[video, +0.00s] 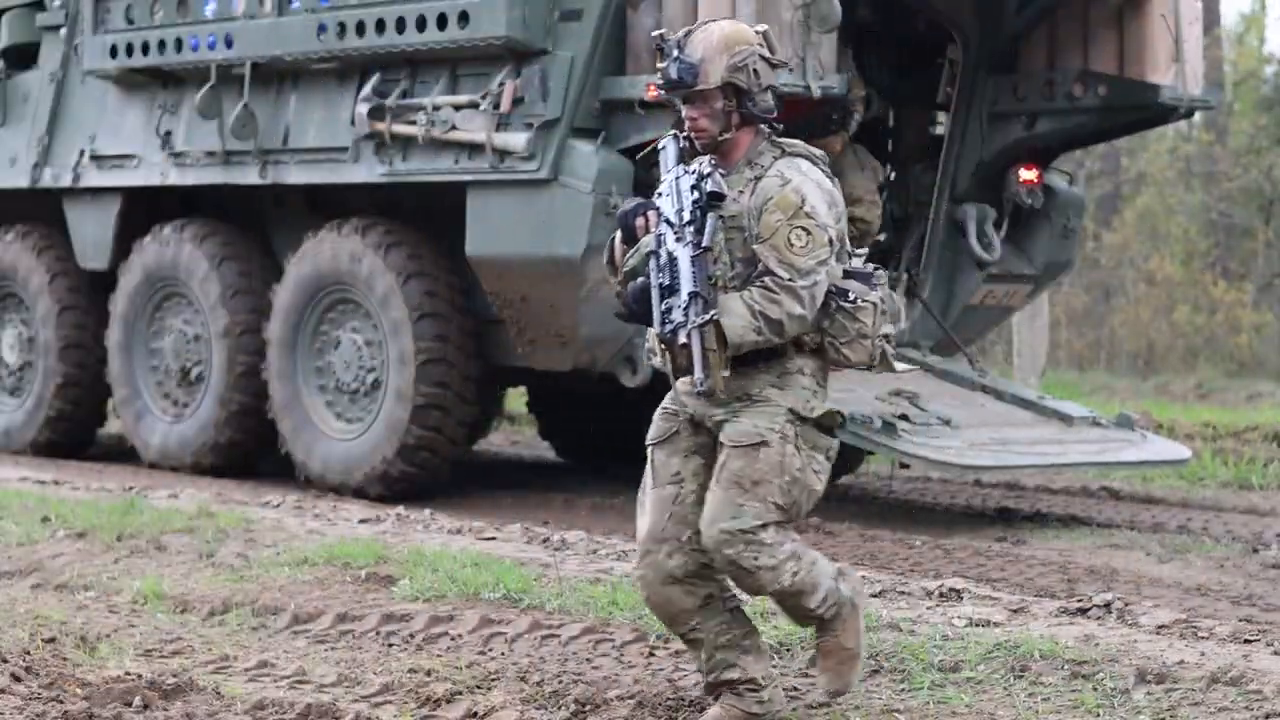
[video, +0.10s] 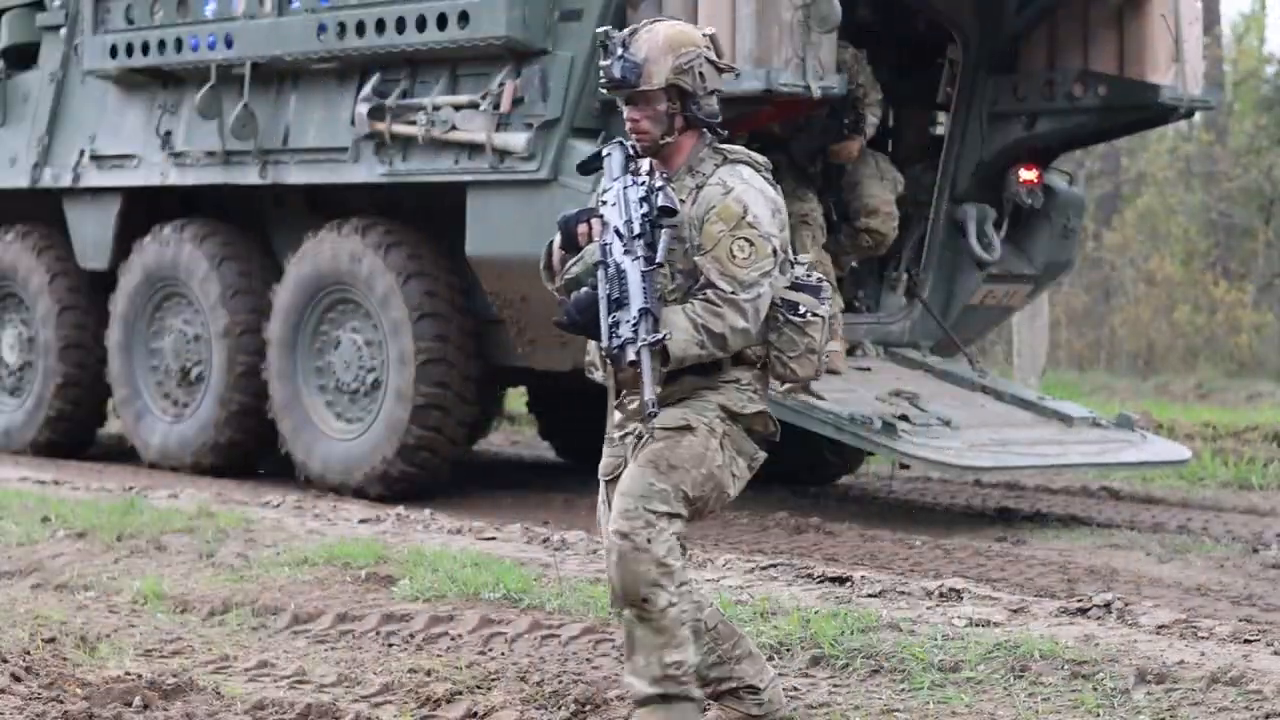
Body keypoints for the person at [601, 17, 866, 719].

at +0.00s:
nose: (685, 117)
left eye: (698, 103)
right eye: (681, 103)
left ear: (743, 103)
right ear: (685, 104)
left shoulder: (795, 186)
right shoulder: (691, 181)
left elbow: (793, 300)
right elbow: (634, 286)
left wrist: (706, 329)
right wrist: (634, 243)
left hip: (777, 398)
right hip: (693, 395)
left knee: (734, 533)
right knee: (665, 561)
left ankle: (836, 609)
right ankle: (738, 683)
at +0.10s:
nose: (628, 116)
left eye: (642, 103)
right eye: (625, 102)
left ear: (689, 105)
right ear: (627, 105)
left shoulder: (736, 195)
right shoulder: (635, 181)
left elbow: (737, 318)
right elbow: (577, 287)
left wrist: (634, 329)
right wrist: (572, 248)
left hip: (715, 402)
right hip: (634, 401)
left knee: (638, 530)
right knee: (633, 559)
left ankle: (665, 702)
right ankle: (741, 686)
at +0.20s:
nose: (566, 109)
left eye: (580, 94)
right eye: (562, 94)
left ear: (628, 94)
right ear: (563, 93)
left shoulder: (673, 194)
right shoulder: (579, 178)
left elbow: (664, 321)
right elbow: (516, 285)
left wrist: (556, 334)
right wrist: (501, 244)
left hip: (635, 418)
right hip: (574, 410)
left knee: (563, 570)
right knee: (622, 585)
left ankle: (551, 708)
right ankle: (748, 694)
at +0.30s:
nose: (489, 95)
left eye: (504, 81)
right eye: (488, 80)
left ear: (554, 86)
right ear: (503, 84)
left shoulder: (601, 186)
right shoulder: (505, 164)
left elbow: (588, 317)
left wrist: (479, 326)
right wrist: (438, 238)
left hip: (566, 411)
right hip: (489, 405)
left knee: (508, 591)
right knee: (480, 588)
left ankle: (551, 706)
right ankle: (622, 620)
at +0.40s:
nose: (398, 63)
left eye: (412, 49)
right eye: (395, 49)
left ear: (460, 53)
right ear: (408, 55)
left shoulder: (515, 155)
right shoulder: (422, 130)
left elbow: (510, 287)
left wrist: (407, 315)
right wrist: (363, 195)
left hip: (501, 402)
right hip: (411, 384)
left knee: (495, 597)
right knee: (333, 505)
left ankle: (541, 704)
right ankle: (443, 642)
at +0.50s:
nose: (301, 26)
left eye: (316, 12)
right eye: (298, 13)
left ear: (365, 17)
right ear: (334, 22)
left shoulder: (418, 111)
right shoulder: (332, 99)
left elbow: (421, 252)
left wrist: (316, 284)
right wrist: (264, 163)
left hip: (423, 354)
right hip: (334, 351)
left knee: (454, 566)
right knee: (237, 495)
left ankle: (533, 702)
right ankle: (235, 686)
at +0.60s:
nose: (214, 15)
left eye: (230, 4)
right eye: (211, 3)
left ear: (279, 10)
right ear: (216, 12)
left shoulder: (339, 102)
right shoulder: (233, 91)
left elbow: (323, 252)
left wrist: (207, 262)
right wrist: (163, 158)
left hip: (331, 364)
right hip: (229, 360)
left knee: (312, 567)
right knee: (171, 549)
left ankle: (453, 621)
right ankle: (215, 703)